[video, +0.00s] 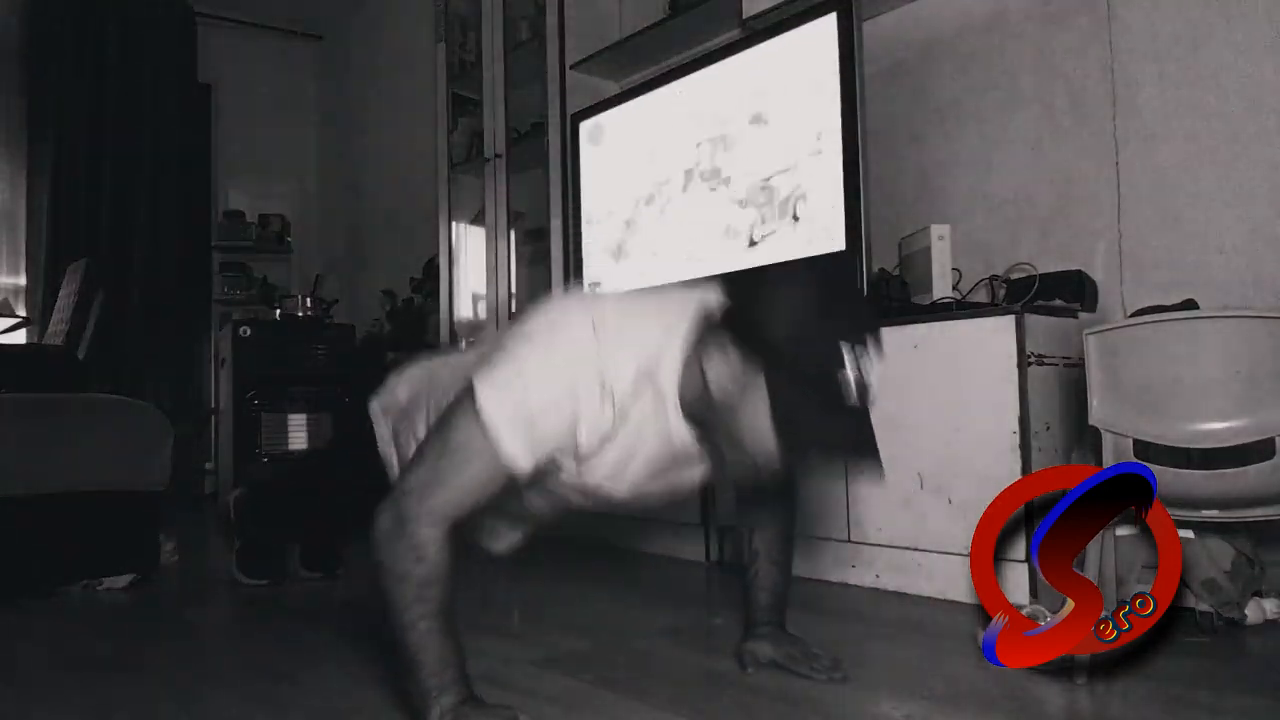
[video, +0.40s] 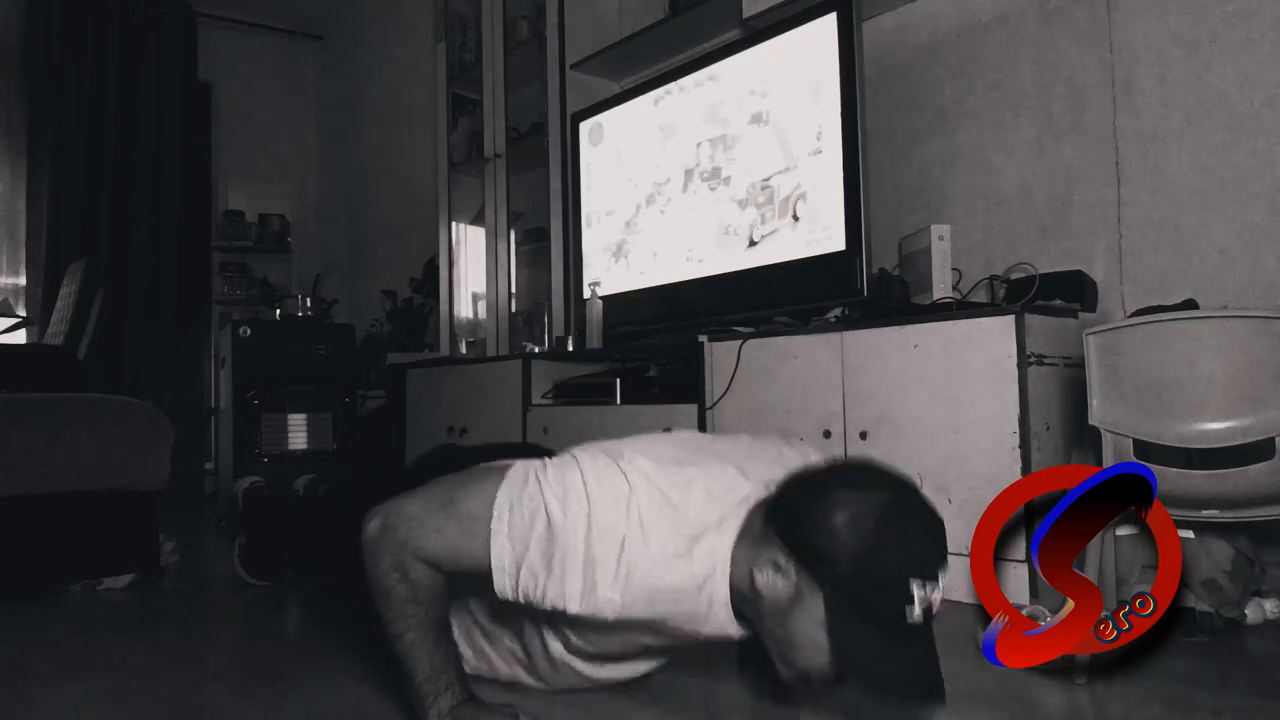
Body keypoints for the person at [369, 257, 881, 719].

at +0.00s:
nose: (786, 456)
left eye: (801, 442)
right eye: (784, 432)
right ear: (727, 366)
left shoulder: (759, 389)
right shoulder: (572, 358)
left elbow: (767, 490)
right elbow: (406, 523)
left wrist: (765, 627)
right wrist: (446, 701)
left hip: (535, 471)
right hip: (412, 438)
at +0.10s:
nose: (823, 570)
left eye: (839, 548)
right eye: (820, 541)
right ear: (754, 492)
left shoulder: (794, 440)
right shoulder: (587, 453)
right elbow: (389, 531)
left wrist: (765, 628)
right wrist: (442, 700)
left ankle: (476, 570)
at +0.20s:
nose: (833, 682)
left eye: (853, 661)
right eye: (834, 651)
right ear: (770, 587)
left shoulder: (840, 526)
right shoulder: (604, 520)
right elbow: (393, 532)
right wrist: (444, 704)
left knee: (584, 638)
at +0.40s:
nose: (840, 676)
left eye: (861, 659)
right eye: (842, 645)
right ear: (779, 576)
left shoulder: (833, 507)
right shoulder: (610, 522)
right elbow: (394, 535)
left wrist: (773, 652)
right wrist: (443, 701)